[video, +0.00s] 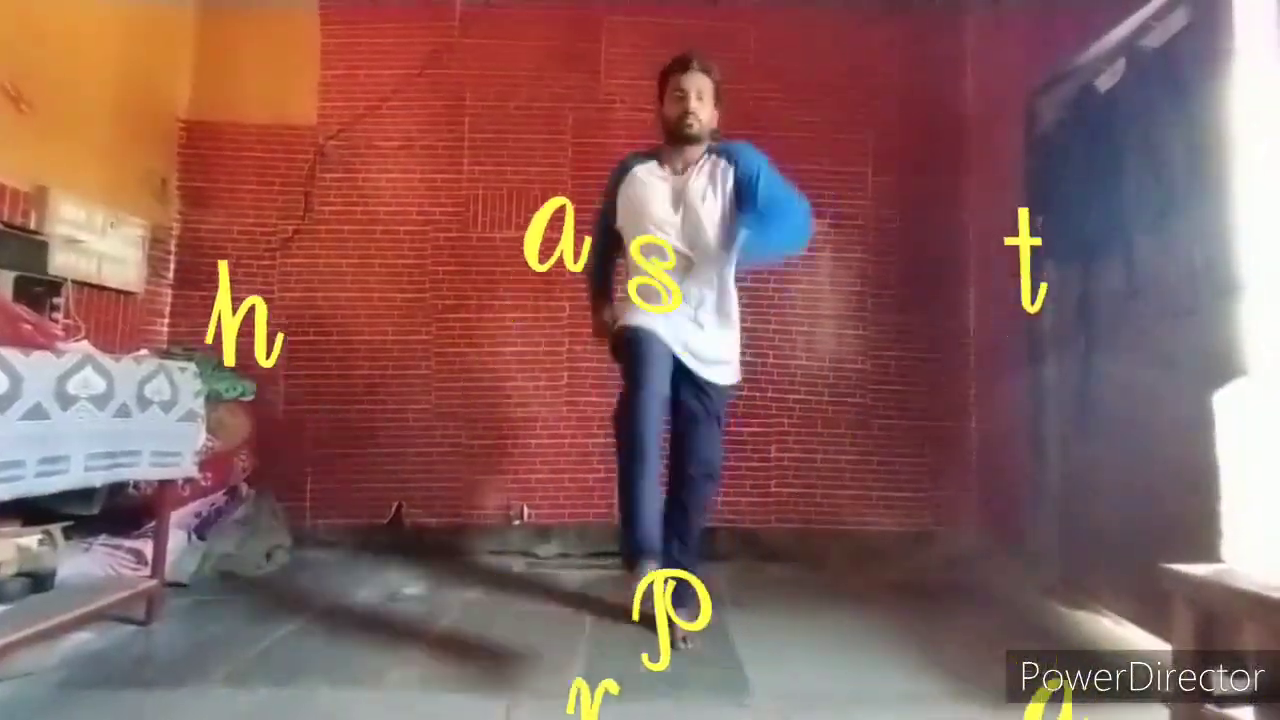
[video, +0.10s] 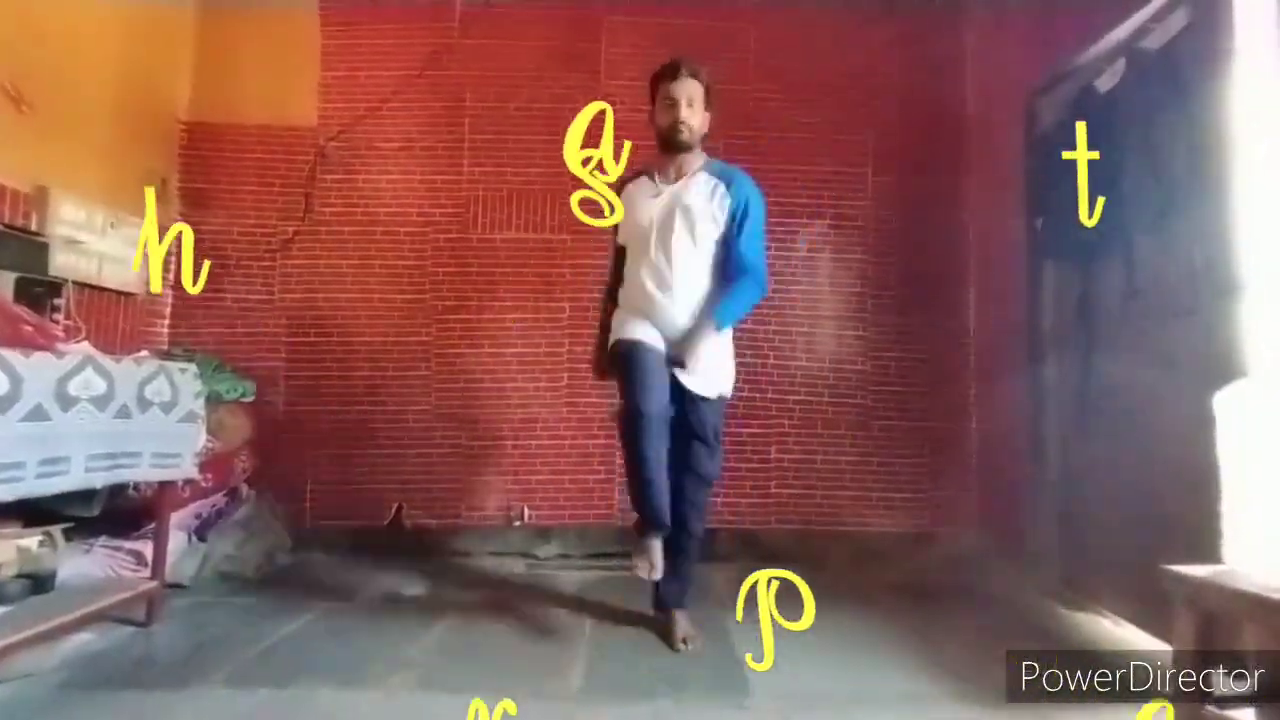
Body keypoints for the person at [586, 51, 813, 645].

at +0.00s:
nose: (689, 106)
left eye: (700, 96)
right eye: (678, 96)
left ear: (716, 107)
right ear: (661, 105)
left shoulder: (739, 164)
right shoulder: (632, 173)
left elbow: (796, 222)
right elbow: (604, 244)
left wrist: (743, 242)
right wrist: (602, 301)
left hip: (710, 326)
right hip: (646, 313)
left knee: (701, 462)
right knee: (644, 410)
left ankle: (681, 576)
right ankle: (643, 557)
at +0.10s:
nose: (680, 113)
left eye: (691, 104)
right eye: (669, 103)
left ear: (707, 115)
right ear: (654, 113)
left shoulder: (737, 190)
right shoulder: (634, 191)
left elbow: (753, 277)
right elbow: (618, 269)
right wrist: (605, 337)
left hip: (703, 338)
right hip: (639, 326)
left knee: (695, 472)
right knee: (647, 402)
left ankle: (674, 602)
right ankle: (652, 527)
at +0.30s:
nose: (675, 110)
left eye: (686, 101)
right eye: (665, 100)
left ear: (701, 111)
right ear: (648, 108)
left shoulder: (727, 173)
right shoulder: (617, 181)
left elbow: (771, 224)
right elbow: (589, 259)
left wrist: (712, 244)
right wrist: (578, 330)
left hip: (703, 346)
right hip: (626, 347)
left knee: (750, 452)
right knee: (602, 458)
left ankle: (721, 582)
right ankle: (595, 564)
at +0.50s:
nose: (663, 185)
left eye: (674, 173)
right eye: (652, 173)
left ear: (691, 180)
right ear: (637, 178)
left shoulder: (711, 250)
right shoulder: (607, 243)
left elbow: (752, 209)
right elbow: (574, 317)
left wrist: (676, 227)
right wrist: (546, 386)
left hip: (699, 405)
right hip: (613, 407)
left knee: (783, 487)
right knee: (530, 492)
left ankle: (800, 613)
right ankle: (563, 608)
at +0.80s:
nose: (647, 178)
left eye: (658, 170)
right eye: (636, 169)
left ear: (673, 186)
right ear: (619, 182)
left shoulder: (690, 253)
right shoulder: (590, 251)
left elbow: (732, 224)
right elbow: (562, 318)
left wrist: (648, 230)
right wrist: (531, 388)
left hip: (685, 403)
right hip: (605, 407)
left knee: (756, 503)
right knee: (544, 504)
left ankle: (812, 602)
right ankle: (541, 595)